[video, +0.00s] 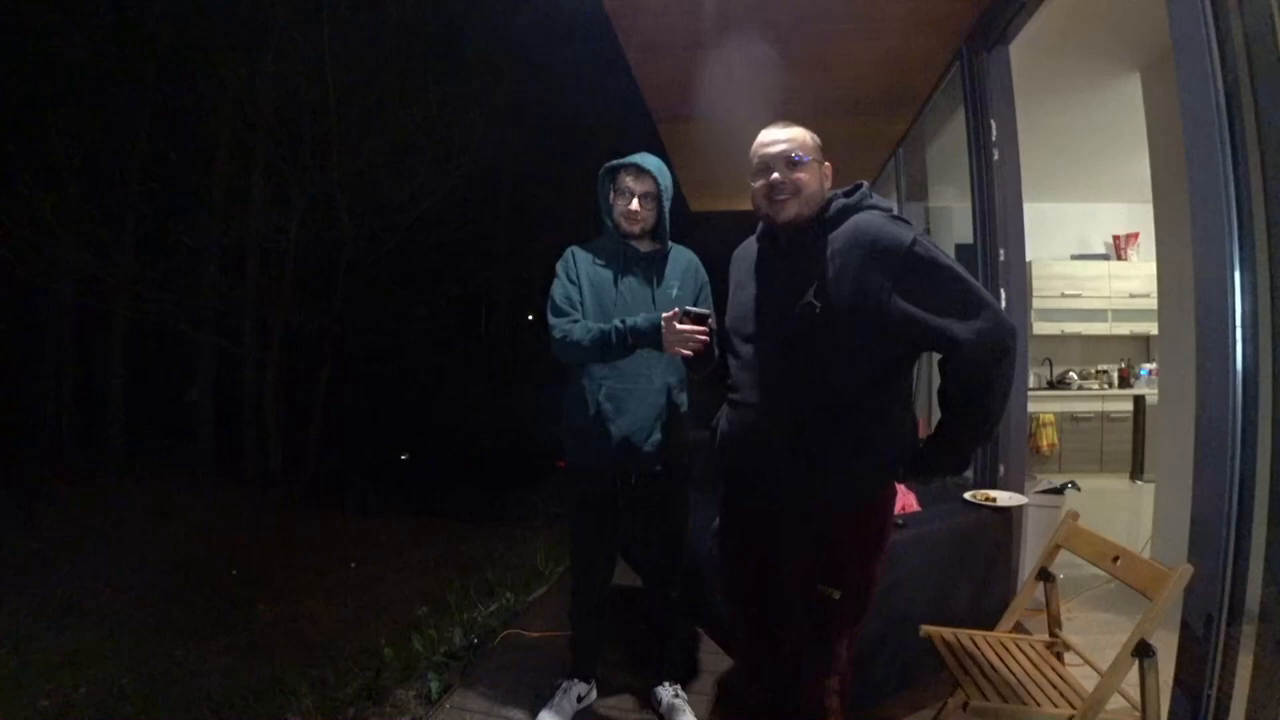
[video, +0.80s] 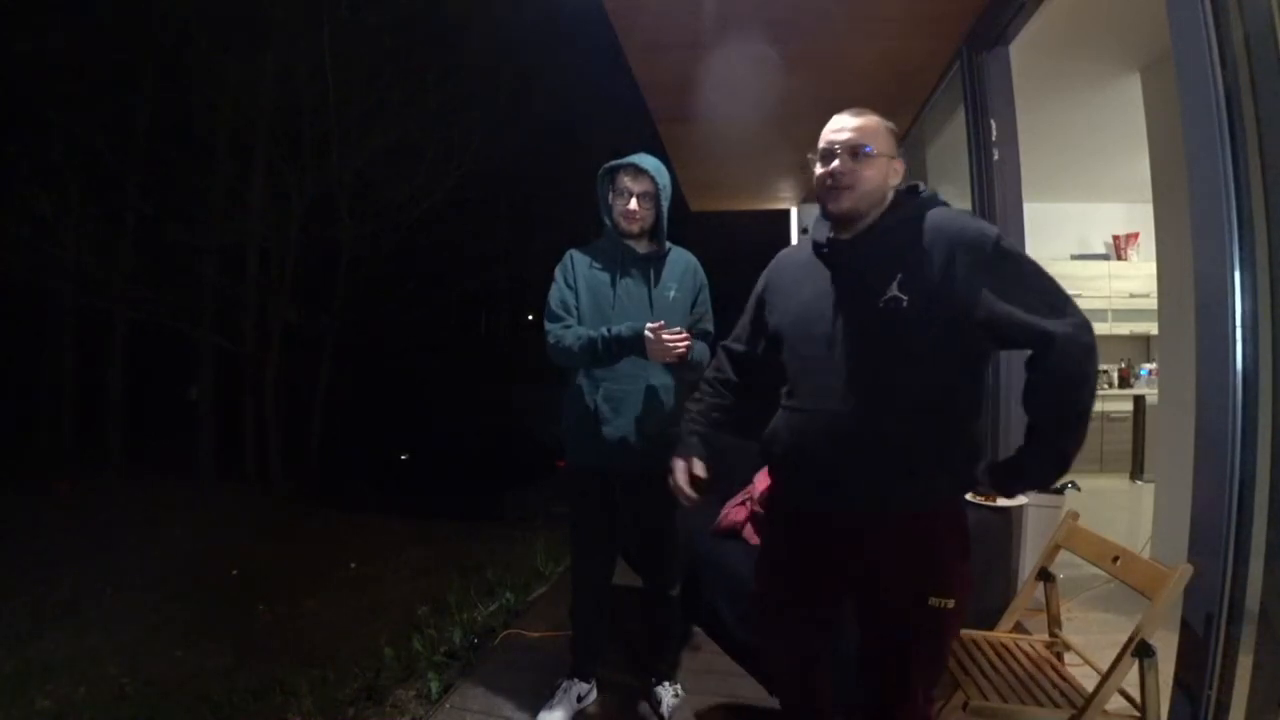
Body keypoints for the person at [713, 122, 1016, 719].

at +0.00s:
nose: (777, 178)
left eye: (793, 163)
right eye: (762, 169)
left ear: (826, 175)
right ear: (751, 188)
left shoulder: (870, 239)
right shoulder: (743, 259)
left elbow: (985, 335)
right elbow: (724, 355)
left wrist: (940, 454)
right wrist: (728, 420)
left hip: (847, 481)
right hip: (754, 478)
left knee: (821, 648)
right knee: (755, 638)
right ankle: (757, 706)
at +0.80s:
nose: (834, 167)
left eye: (857, 153)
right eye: (823, 156)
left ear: (897, 170)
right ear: (813, 172)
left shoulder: (951, 244)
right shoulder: (788, 268)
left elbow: (1066, 337)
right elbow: (736, 368)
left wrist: (1029, 467)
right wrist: (693, 438)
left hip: (915, 520)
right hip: (803, 517)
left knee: (898, 695)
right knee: (803, 687)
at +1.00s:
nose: (864, 152)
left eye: (889, 137)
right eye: (855, 140)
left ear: (934, 155)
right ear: (845, 158)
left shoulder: (994, 242)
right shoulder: (813, 259)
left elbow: (1096, 374)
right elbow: (737, 327)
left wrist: (1058, 512)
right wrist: (640, 347)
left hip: (946, 537)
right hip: (825, 531)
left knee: (915, 702)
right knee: (807, 696)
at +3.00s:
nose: (921, 140)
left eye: (949, 125)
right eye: (911, 131)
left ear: (1001, 145)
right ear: (902, 154)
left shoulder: (1062, 246)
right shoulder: (855, 245)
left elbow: (1129, 425)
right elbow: (751, 292)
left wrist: (1099, 585)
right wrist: (642, 263)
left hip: (971, 556)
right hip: (838, 542)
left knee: (937, 708)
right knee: (795, 699)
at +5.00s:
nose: (920, 143)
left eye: (946, 126)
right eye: (913, 133)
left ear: (1004, 136)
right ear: (905, 150)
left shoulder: (1075, 250)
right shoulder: (861, 242)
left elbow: (1140, 435)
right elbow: (761, 286)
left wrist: (1105, 596)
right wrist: (652, 256)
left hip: (976, 561)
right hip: (842, 542)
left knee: (938, 710)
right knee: (801, 703)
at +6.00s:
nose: (891, 136)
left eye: (914, 121)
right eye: (878, 126)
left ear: (964, 135)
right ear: (864, 149)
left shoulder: (1028, 246)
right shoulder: (811, 240)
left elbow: (1098, 410)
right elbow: (706, 292)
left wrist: (1094, 556)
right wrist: (582, 256)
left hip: (968, 564)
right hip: (830, 557)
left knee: (924, 708)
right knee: (812, 707)